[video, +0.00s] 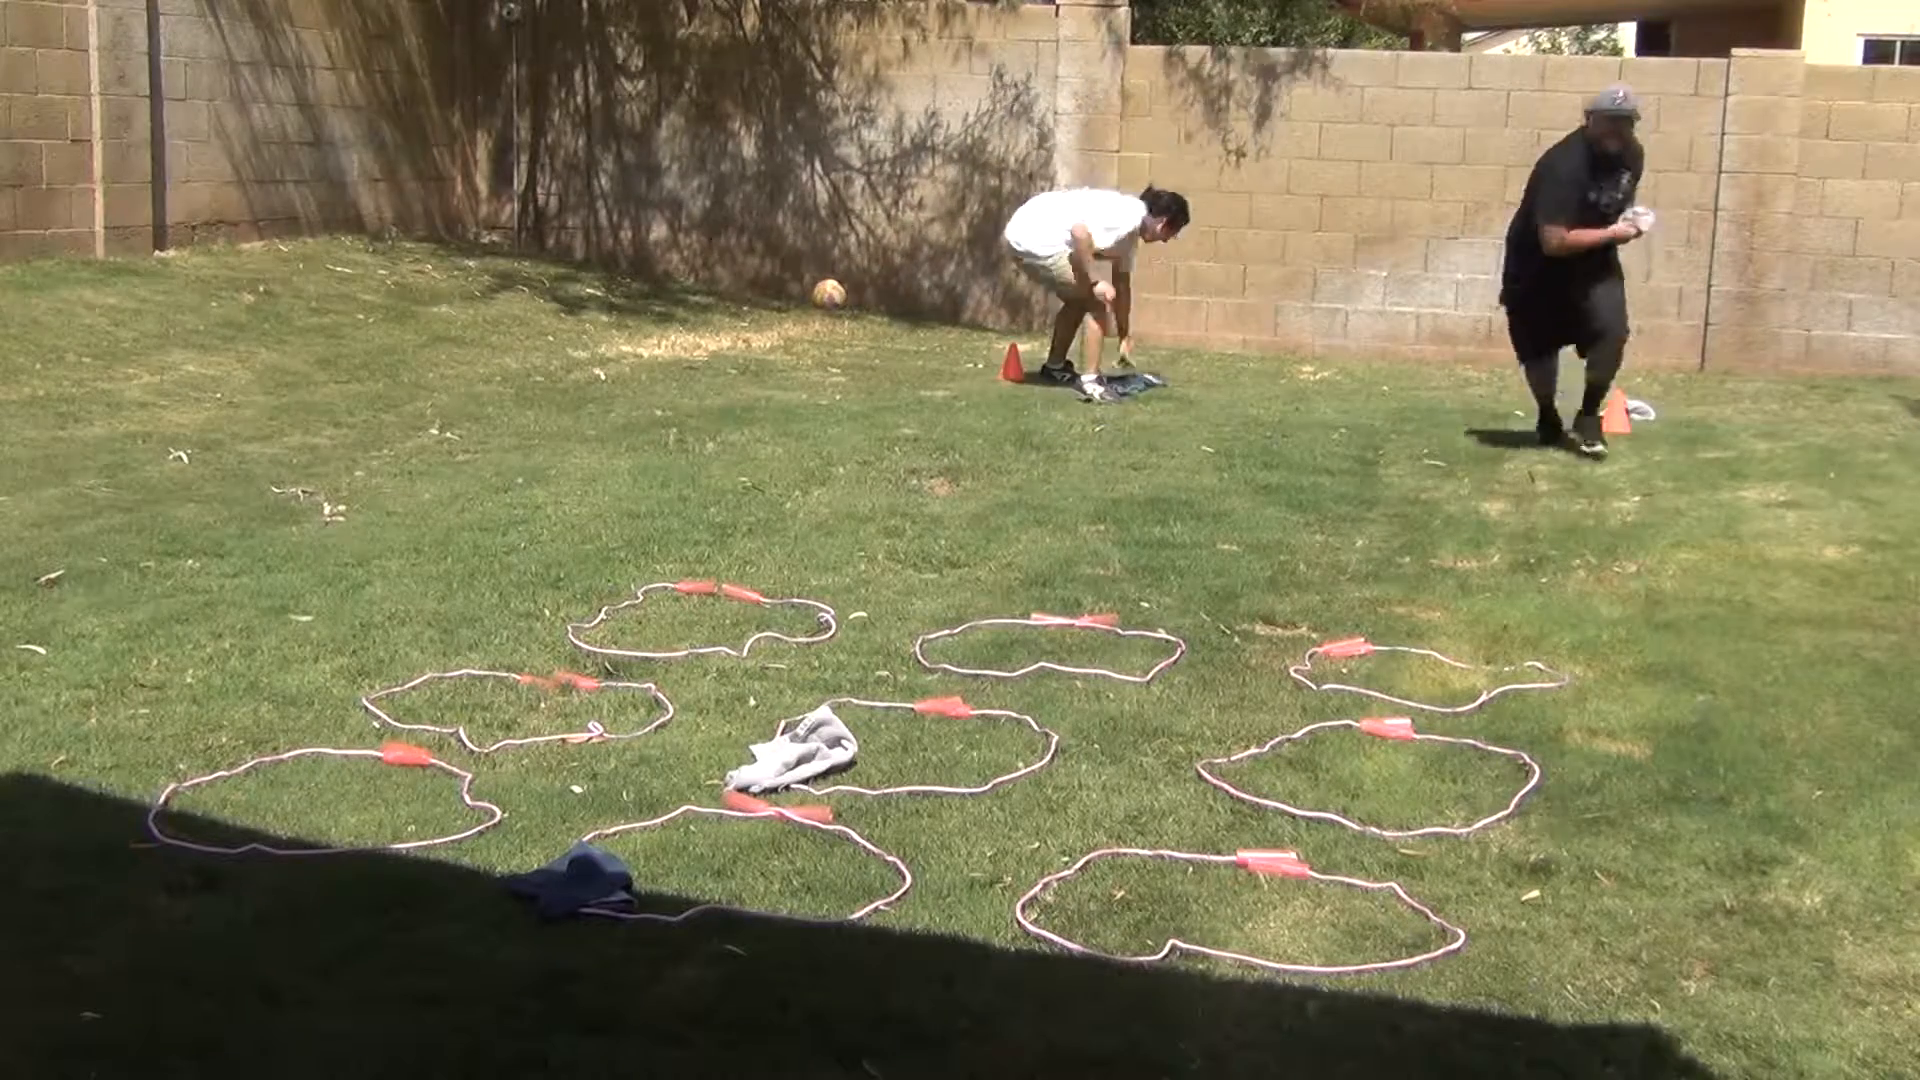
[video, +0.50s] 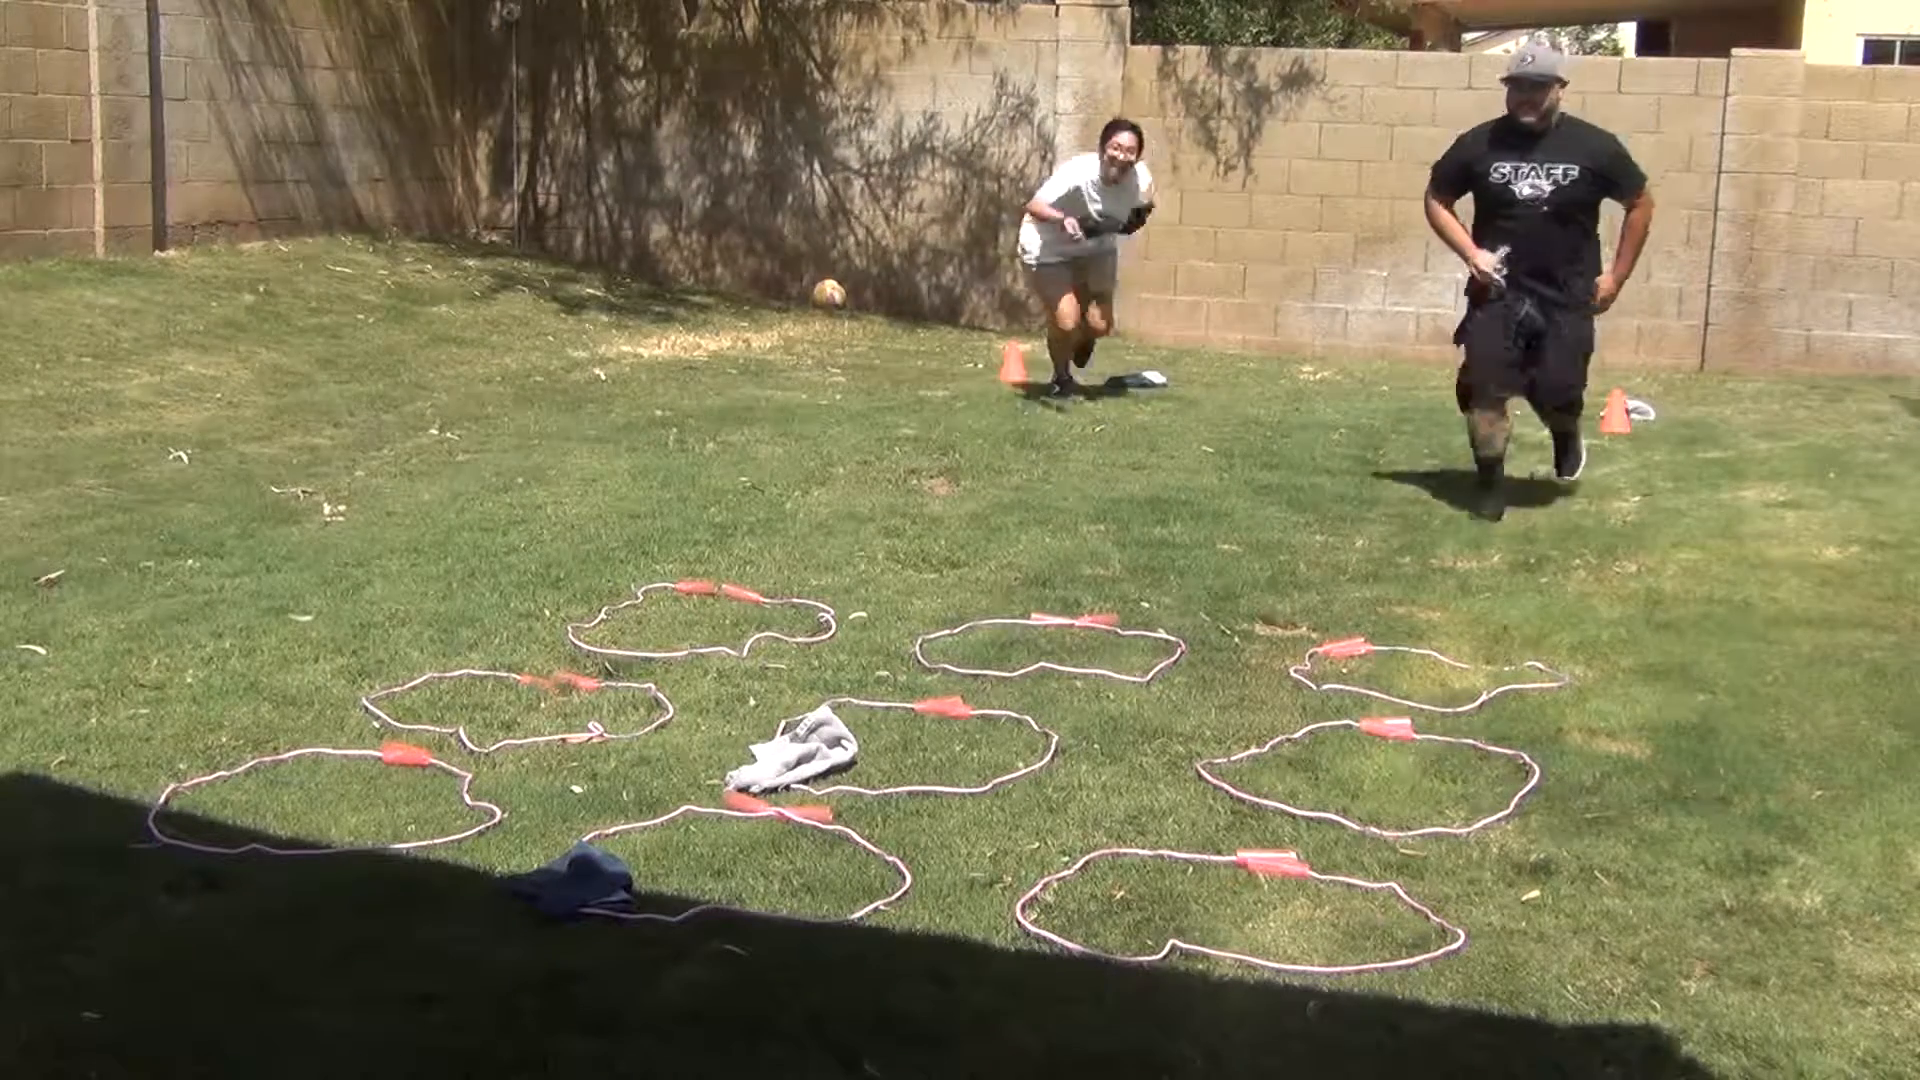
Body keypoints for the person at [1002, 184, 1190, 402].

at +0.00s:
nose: (1166, 240)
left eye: (1172, 235)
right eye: (1170, 233)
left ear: (1158, 219)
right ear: (1162, 222)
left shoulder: (1128, 232)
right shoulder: (1132, 217)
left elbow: (1122, 283)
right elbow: (1080, 232)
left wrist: (1124, 336)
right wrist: (1089, 282)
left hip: (1026, 238)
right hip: (1036, 243)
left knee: (1076, 300)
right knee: (1101, 300)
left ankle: (1054, 365)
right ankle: (1091, 380)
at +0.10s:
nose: (1163, 262)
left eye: (1168, 258)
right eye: (1166, 255)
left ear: (1156, 240)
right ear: (1158, 242)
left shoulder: (1129, 254)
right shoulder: (1123, 226)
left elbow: (1123, 305)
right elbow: (1067, 223)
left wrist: (1125, 364)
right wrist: (1049, 271)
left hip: (1042, 232)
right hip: (1027, 228)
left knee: (1082, 293)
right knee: (1086, 290)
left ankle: (1056, 366)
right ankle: (1082, 378)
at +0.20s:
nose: (1165, 259)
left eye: (1170, 255)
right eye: (1166, 252)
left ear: (1153, 237)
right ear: (1153, 237)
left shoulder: (1131, 256)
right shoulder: (1113, 224)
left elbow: (1121, 304)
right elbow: (1056, 213)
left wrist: (1115, 366)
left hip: (1062, 239)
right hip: (1027, 227)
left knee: (1091, 298)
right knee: (1072, 291)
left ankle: (1057, 363)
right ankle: (1061, 373)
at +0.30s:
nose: (1162, 241)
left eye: (1166, 236)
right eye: (1161, 234)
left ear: (1150, 220)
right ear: (1147, 218)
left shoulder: (1136, 237)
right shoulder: (1099, 210)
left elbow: (1121, 277)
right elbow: (1044, 205)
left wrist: (1114, 328)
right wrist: (1012, 238)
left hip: (1076, 244)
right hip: (1038, 234)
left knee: (1085, 302)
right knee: (1063, 303)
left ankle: (1060, 362)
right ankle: (1051, 373)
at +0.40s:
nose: (1152, 196)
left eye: (1158, 191)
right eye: (1148, 187)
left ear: (1163, 189)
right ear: (1129, 178)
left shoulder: (1141, 214)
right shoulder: (1085, 186)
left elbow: (1125, 238)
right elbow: (1030, 206)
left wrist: (1119, 268)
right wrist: (1024, 244)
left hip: (1086, 248)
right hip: (1047, 241)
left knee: (1088, 312)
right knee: (1062, 314)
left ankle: (1073, 352)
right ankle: (1058, 376)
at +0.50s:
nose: (1121, 157)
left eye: (1129, 152)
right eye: (1116, 148)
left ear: (1137, 157)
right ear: (1102, 149)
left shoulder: (1140, 178)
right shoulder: (1077, 173)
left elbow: (1145, 205)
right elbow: (1033, 206)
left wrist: (1135, 222)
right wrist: (1062, 218)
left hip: (1097, 247)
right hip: (1049, 248)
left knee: (1100, 325)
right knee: (1067, 320)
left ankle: (1084, 338)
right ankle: (1061, 376)